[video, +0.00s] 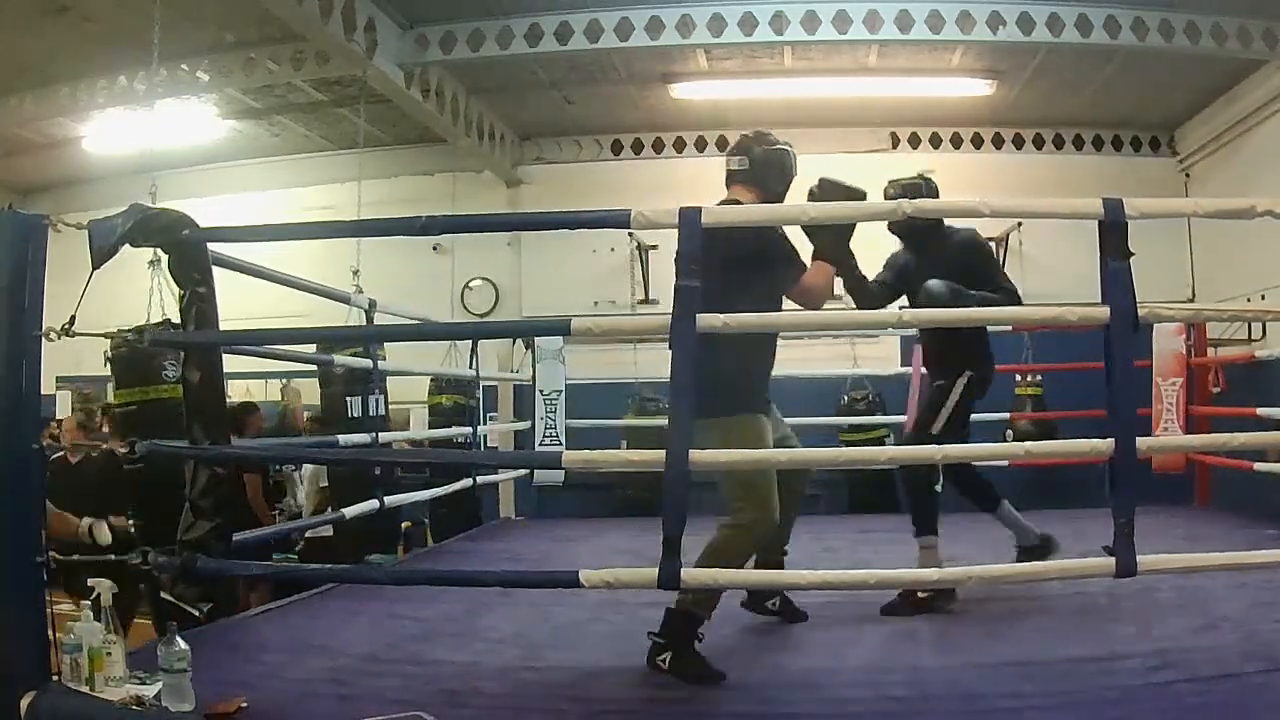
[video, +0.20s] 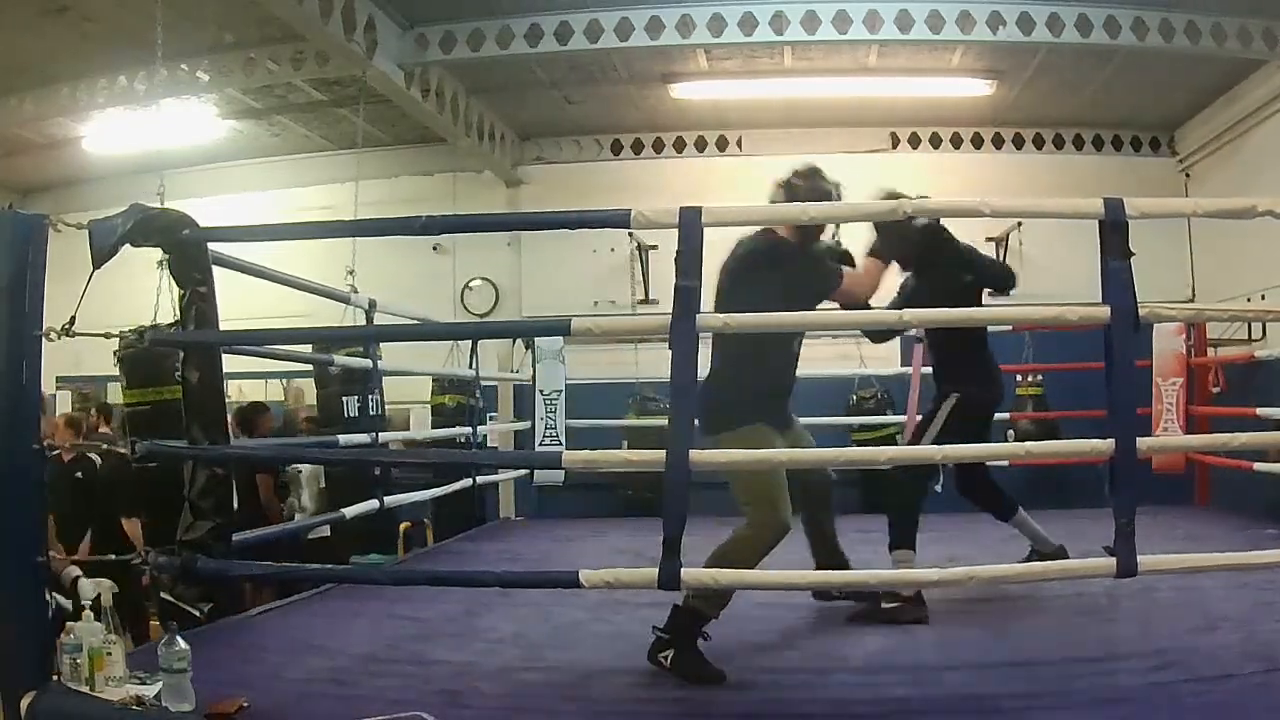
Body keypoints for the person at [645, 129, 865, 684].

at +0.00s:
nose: (789, 189)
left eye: (788, 179)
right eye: (787, 178)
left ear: (735, 172)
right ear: (775, 177)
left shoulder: (712, 223)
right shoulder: (756, 228)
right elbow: (813, 294)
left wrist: (825, 246)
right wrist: (831, 238)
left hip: (734, 396)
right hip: (731, 401)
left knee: (794, 468)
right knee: (754, 516)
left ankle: (762, 586)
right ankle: (675, 636)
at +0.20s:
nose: (823, 230)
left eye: (825, 222)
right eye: (819, 221)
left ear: (783, 207)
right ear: (803, 215)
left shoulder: (788, 253)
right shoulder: (774, 256)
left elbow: (851, 295)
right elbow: (861, 286)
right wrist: (889, 236)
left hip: (770, 409)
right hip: (738, 412)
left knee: (816, 479)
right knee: (769, 521)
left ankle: (831, 573)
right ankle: (677, 635)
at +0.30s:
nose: (850, 296)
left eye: (855, 288)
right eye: (850, 286)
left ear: (821, 262)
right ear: (834, 273)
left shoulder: (814, 304)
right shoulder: (787, 295)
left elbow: (862, 353)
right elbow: (859, 352)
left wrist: (897, 320)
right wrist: (898, 312)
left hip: (772, 426)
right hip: (725, 424)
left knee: (844, 495)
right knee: (759, 507)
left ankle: (834, 582)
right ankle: (685, 636)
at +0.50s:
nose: (866, 318)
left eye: (869, 308)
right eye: (861, 308)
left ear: (865, 295)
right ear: (835, 294)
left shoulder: (832, 317)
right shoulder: (791, 325)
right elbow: (797, 423)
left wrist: (897, 348)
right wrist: (859, 396)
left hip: (782, 434)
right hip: (733, 432)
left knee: (855, 502)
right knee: (749, 504)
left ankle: (837, 583)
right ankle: (682, 636)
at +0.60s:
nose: (844, 272)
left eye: (848, 262)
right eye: (843, 262)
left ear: (812, 243)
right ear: (824, 253)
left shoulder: (799, 281)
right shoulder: (775, 288)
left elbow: (826, 319)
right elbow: (813, 375)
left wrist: (867, 306)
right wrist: (870, 328)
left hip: (773, 414)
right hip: (727, 415)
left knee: (821, 494)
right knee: (749, 509)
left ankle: (835, 579)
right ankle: (682, 639)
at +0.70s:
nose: (825, 221)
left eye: (830, 211)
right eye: (822, 209)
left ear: (803, 202)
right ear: (796, 201)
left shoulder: (788, 249)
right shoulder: (760, 239)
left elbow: (835, 310)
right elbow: (829, 317)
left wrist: (854, 273)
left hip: (761, 394)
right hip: (724, 395)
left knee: (802, 467)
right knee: (756, 496)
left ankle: (801, 580)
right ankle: (681, 624)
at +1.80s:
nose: (814, 222)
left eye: (817, 216)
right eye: (809, 214)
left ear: (810, 215)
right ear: (788, 209)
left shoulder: (808, 255)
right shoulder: (749, 252)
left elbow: (867, 282)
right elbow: (799, 302)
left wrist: (921, 258)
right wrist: (822, 256)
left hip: (804, 393)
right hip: (750, 398)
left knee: (861, 465)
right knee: (741, 477)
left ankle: (855, 563)